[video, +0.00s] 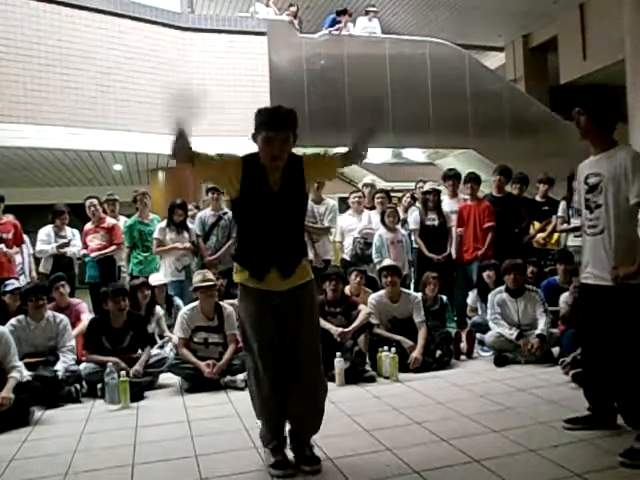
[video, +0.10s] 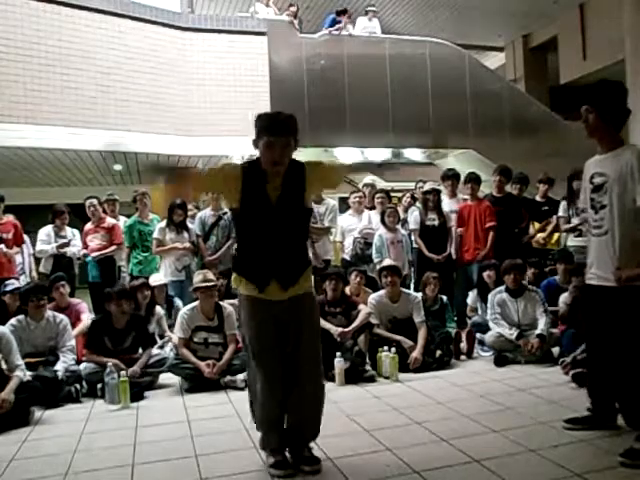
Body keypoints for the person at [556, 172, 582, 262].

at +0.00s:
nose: (577, 185)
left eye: (579, 182)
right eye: (575, 182)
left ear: (582, 184)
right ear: (571, 184)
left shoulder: (587, 201)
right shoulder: (565, 203)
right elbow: (559, 226)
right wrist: (577, 226)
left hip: (587, 243)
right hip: (572, 243)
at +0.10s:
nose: (579, 185)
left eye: (581, 181)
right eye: (576, 181)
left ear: (585, 183)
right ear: (571, 184)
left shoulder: (589, 201)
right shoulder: (566, 203)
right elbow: (562, 227)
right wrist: (579, 222)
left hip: (590, 242)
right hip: (574, 242)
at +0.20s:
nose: (579, 183)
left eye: (582, 180)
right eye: (576, 180)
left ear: (586, 182)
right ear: (571, 183)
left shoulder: (590, 200)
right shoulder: (566, 202)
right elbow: (563, 227)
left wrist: (589, 217)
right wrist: (580, 220)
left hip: (590, 243)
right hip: (574, 244)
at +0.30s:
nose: (579, 183)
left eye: (582, 180)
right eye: (576, 180)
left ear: (586, 182)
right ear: (571, 183)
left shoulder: (592, 200)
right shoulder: (566, 203)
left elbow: (596, 222)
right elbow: (564, 226)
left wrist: (580, 218)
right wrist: (580, 220)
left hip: (591, 243)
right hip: (574, 243)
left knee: (589, 278)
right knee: (575, 278)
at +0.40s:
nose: (579, 183)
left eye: (582, 179)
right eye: (575, 180)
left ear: (586, 182)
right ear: (571, 183)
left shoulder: (594, 199)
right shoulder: (566, 202)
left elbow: (599, 221)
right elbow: (566, 222)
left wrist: (577, 220)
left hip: (593, 243)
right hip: (575, 243)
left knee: (592, 278)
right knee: (576, 277)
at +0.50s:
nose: (579, 183)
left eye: (582, 179)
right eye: (576, 180)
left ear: (586, 182)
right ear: (571, 183)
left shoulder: (595, 198)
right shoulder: (567, 201)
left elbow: (601, 222)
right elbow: (567, 220)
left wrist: (580, 221)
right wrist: (582, 217)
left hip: (594, 243)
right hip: (575, 243)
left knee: (592, 278)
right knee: (575, 278)